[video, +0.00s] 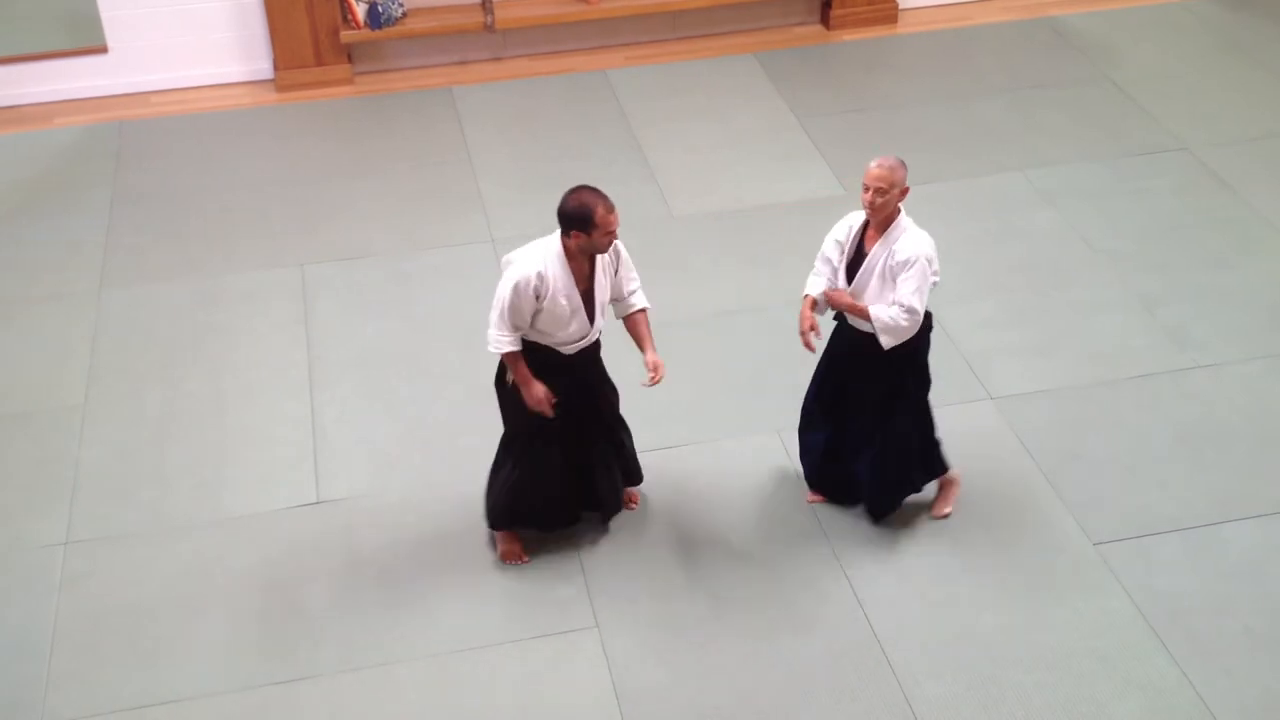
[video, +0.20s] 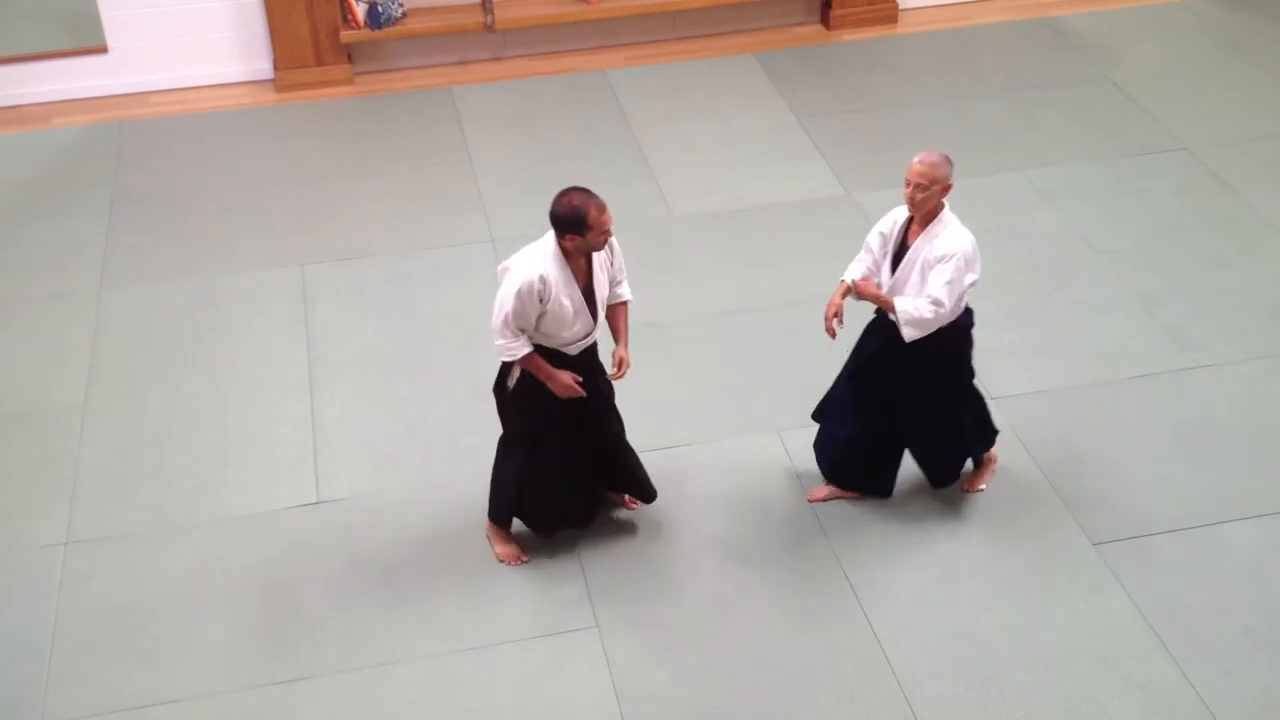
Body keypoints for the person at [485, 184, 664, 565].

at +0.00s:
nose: (614, 236)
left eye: (615, 228)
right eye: (607, 232)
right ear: (575, 237)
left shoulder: (611, 251)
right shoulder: (528, 271)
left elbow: (630, 300)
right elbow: (501, 335)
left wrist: (649, 350)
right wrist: (527, 384)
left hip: (584, 356)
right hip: (533, 364)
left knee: (605, 420)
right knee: (527, 442)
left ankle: (615, 483)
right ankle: (504, 524)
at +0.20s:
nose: (609, 234)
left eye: (608, 227)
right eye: (602, 231)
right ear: (571, 239)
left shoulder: (604, 246)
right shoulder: (529, 276)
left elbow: (617, 293)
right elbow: (508, 338)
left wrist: (621, 343)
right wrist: (551, 375)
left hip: (583, 355)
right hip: (534, 365)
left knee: (603, 424)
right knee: (521, 445)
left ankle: (606, 486)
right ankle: (498, 525)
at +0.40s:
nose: (591, 236)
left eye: (589, 229)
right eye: (583, 234)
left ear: (558, 242)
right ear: (554, 246)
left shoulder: (585, 246)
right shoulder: (517, 283)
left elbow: (597, 290)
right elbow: (494, 343)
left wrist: (608, 336)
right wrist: (546, 372)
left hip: (569, 362)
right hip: (520, 376)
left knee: (592, 429)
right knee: (512, 451)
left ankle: (605, 486)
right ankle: (497, 530)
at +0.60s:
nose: (585, 245)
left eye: (583, 238)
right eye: (578, 242)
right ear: (549, 252)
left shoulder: (574, 255)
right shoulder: (512, 288)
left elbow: (587, 291)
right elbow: (489, 348)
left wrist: (602, 334)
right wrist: (541, 376)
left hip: (565, 371)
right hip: (514, 383)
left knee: (595, 438)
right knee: (511, 459)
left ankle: (596, 501)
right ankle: (497, 531)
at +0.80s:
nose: (606, 255)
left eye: (605, 249)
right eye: (601, 253)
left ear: (574, 261)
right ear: (573, 263)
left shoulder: (585, 274)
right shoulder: (527, 309)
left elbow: (601, 315)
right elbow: (522, 378)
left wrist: (631, 348)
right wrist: (578, 399)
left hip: (580, 384)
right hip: (529, 403)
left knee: (609, 451)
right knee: (530, 472)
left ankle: (601, 538)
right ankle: (502, 542)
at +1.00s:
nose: (646, 249)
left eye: (645, 243)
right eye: (642, 246)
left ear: (615, 254)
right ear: (618, 257)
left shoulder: (617, 272)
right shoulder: (576, 310)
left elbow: (636, 315)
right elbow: (587, 385)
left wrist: (679, 336)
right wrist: (645, 394)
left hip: (610, 400)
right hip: (571, 414)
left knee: (633, 475)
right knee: (581, 493)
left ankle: (629, 553)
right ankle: (523, 522)